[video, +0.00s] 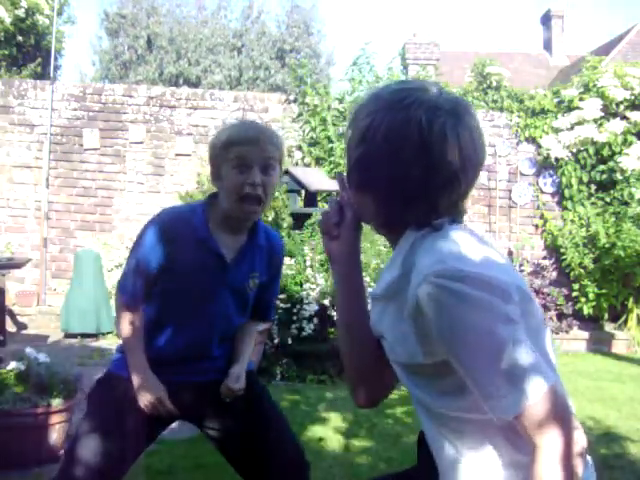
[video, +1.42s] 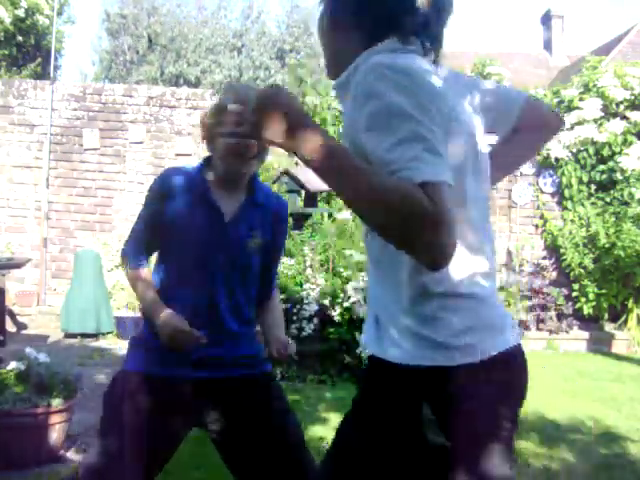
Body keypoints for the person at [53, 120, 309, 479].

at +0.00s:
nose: (255, 180)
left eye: (266, 169)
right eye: (242, 167)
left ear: (278, 178)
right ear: (216, 173)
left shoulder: (269, 248)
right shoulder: (167, 229)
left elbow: (254, 319)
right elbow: (129, 303)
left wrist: (241, 363)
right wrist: (141, 375)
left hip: (220, 378)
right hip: (148, 374)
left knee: (287, 468)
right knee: (85, 466)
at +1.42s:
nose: (245, 143)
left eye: (253, 134)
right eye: (232, 133)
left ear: (265, 144)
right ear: (208, 138)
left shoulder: (272, 210)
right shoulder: (173, 187)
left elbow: (266, 285)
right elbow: (133, 255)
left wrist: (276, 334)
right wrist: (158, 313)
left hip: (238, 364)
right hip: (163, 359)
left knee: (290, 470)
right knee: (124, 467)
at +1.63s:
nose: (236, 39)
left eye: (246, 29)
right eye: (222, 29)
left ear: (259, 33)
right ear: (198, 34)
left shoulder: (271, 93)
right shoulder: (170, 89)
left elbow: (296, 177)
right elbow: (125, 167)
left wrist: (301, 189)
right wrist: (155, 208)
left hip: (244, 267)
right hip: (172, 260)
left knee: (283, 382)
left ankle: (299, 477)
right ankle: (130, 449)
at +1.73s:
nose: (220, 87)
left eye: (231, 75)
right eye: (207, 76)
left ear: (248, 74)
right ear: (187, 77)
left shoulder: (267, 120)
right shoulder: (167, 116)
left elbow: (302, 201)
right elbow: (133, 200)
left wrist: (270, 210)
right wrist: (192, 201)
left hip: (246, 257)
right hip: (178, 250)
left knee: (295, 333)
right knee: (90, 312)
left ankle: (307, 419)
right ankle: (173, 366)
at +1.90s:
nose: (214, 116)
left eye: (226, 107)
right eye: (201, 106)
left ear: (244, 119)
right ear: (182, 120)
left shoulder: (266, 178)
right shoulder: (164, 177)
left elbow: (282, 232)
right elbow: (161, 241)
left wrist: (290, 281)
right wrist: (167, 274)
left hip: (259, 344)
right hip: (184, 345)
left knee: (313, 446)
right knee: (133, 444)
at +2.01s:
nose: (207, 178)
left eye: (218, 165)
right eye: (194, 169)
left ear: (239, 167)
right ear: (179, 176)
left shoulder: (271, 230)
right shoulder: (168, 224)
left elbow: (294, 313)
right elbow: (169, 302)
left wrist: (282, 370)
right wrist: (184, 343)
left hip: (262, 377)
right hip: (191, 371)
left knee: (304, 463)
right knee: (125, 455)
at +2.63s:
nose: (238, 197)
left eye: (249, 187)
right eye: (225, 187)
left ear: (264, 192)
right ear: (206, 194)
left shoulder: (279, 253)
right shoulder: (185, 241)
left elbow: (295, 332)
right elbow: (157, 317)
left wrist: (301, 366)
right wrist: (199, 353)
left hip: (261, 397)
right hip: (191, 398)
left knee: (329, 474)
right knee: (154, 474)